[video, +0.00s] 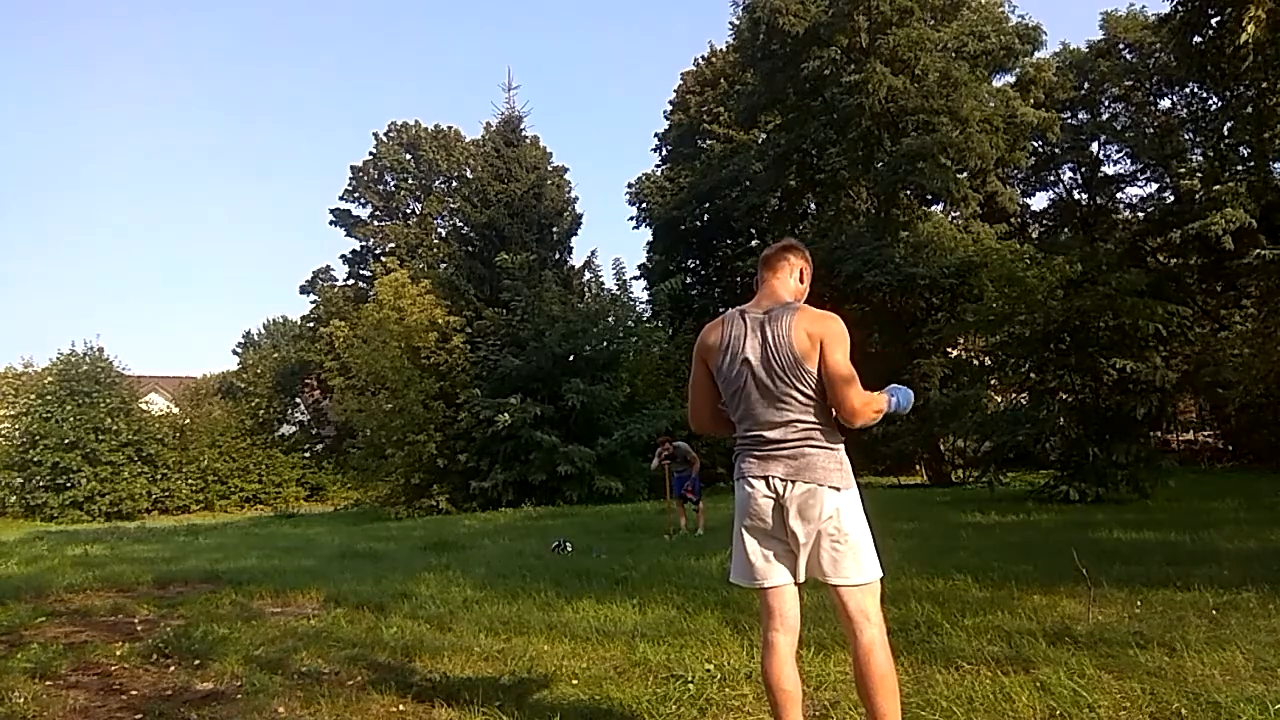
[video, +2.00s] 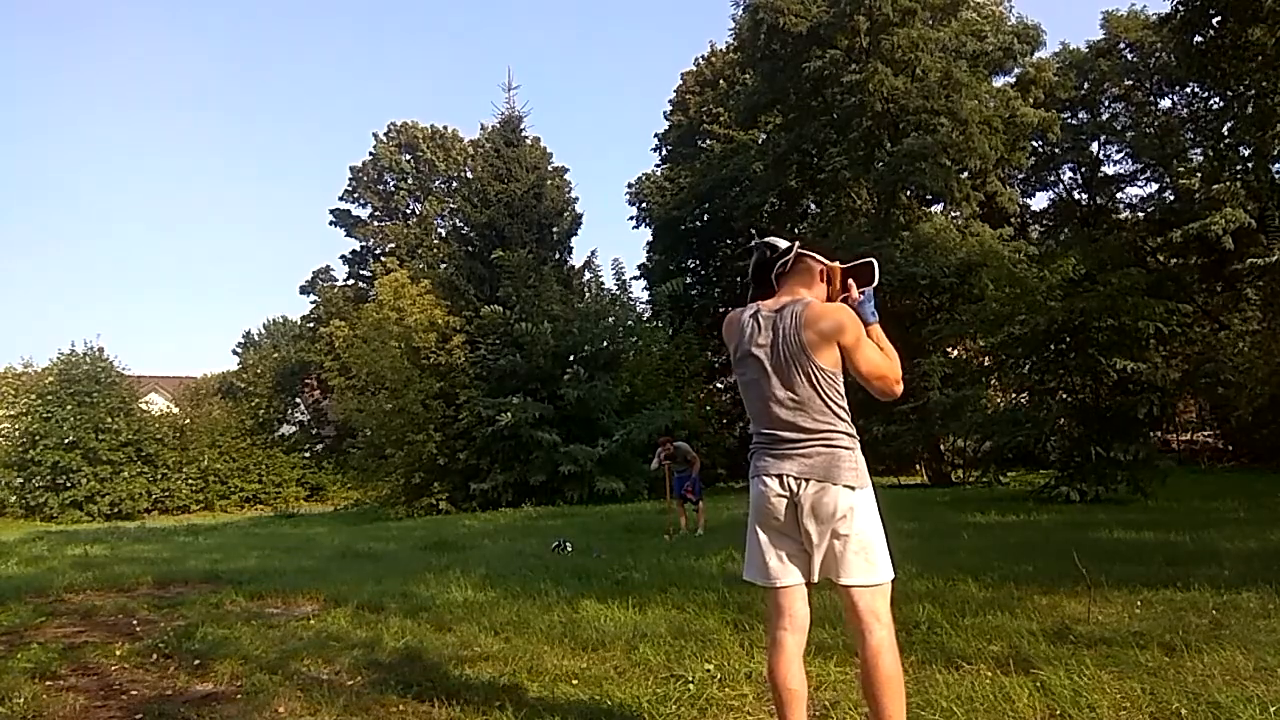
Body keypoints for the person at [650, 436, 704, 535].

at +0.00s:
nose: (667, 452)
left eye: (668, 449)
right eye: (664, 450)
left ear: (672, 445)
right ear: (661, 449)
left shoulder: (682, 447)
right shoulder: (660, 451)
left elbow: (696, 462)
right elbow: (653, 467)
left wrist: (692, 480)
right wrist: (660, 458)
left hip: (690, 473)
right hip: (677, 475)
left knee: (697, 501)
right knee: (679, 502)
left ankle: (700, 527)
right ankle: (683, 528)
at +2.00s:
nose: (667, 452)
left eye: (668, 449)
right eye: (665, 450)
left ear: (672, 446)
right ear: (662, 449)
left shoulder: (682, 447)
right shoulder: (660, 452)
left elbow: (696, 461)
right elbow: (652, 467)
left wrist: (692, 480)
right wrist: (660, 460)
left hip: (690, 472)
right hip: (677, 475)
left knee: (697, 501)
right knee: (679, 502)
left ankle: (700, 528)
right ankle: (683, 528)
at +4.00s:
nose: (668, 451)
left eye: (670, 448)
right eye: (666, 449)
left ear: (673, 445)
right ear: (662, 449)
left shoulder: (683, 447)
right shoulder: (661, 451)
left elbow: (697, 461)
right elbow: (654, 469)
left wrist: (692, 480)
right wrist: (659, 460)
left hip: (691, 473)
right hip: (678, 475)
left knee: (698, 502)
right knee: (679, 502)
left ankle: (700, 527)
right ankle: (683, 528)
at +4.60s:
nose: (669, 444)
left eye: (670, 442)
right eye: (666, 443)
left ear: (673, 438)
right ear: (663, 442)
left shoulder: (683, 442)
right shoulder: (662, 447)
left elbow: (697, 455)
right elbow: (660, 462)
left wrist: (690, 470)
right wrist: (664, 470)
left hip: (690, 471)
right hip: (677, 473)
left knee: (696, 499)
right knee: (679, 502)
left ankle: (700, 527)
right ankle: (683, 528)